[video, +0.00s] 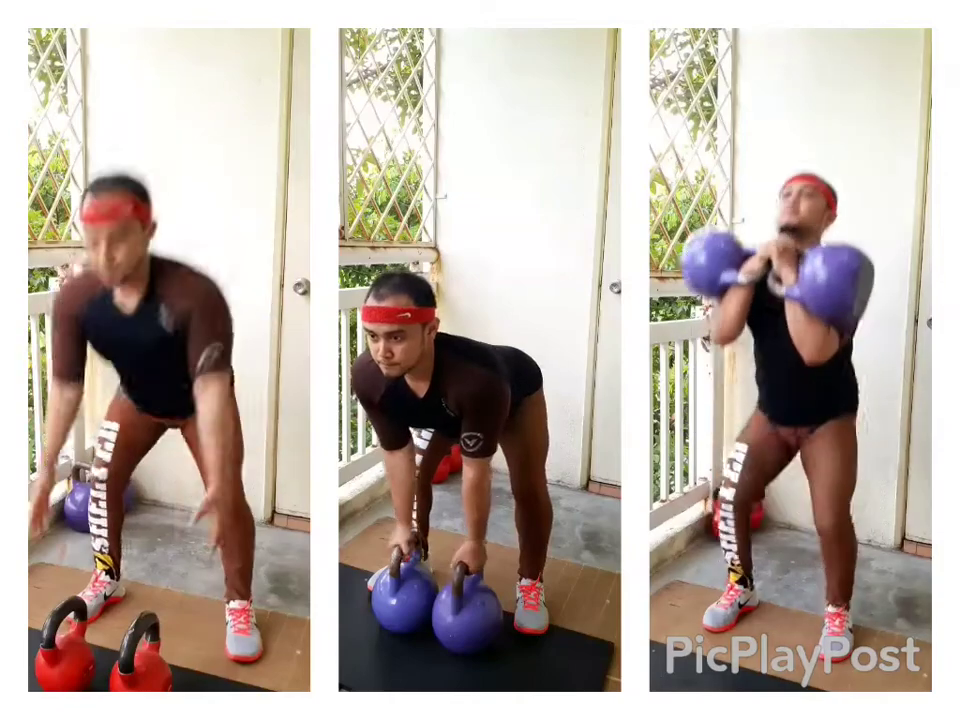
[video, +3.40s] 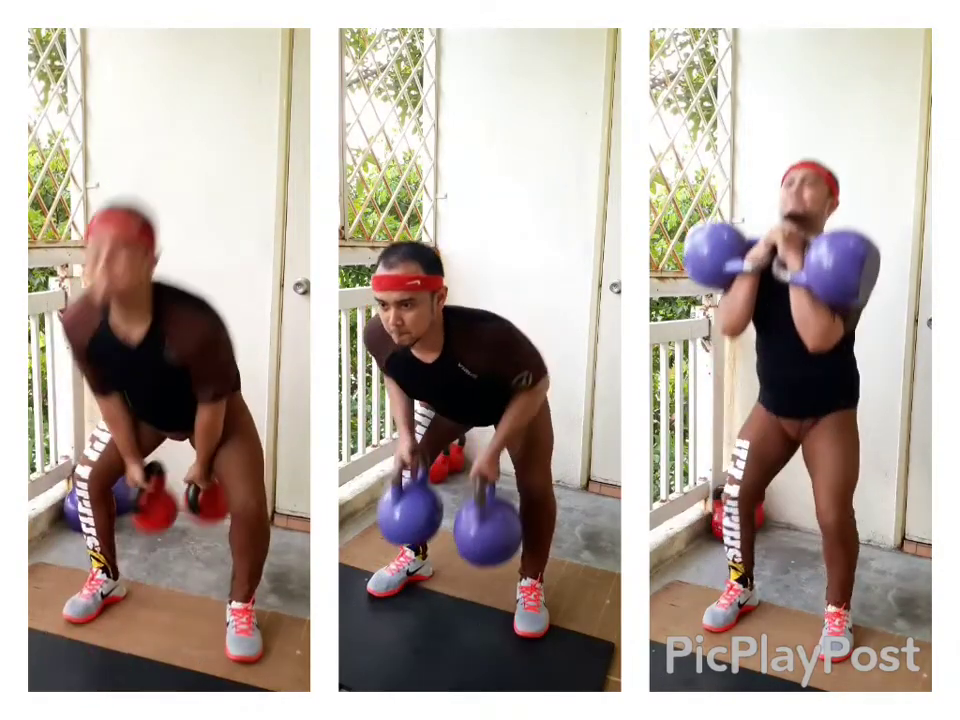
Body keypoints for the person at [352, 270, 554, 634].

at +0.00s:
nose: (383, 351)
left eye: (397, 337)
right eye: (373, 337)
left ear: (430, 329)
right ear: (364, 332)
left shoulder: (478, 380)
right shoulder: (367, 376)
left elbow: (476, 471)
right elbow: (397, 452)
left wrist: (475, 541)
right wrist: (403, 526)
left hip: (512, 388)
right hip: (450, 402)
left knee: (529, 488)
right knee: (418, 474)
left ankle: (530, 582)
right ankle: (414, 552)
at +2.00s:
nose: (377, 355)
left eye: (390, 342)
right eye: (367, 342)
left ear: (424, 333)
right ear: (359, 336)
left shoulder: (473, 381)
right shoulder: (363, 378)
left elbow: (474, 471)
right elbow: (396, 452)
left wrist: (474, 540)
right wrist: (402, 524)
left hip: (510, 388)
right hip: (447, 400)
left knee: (528, 489)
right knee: (417, 473)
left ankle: (530, 581)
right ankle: (413, 551)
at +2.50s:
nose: (390, 345)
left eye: (404, 330)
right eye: (380, 330)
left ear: (436, 322)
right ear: (372, 326)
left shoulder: (485, 371)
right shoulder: (375, 368)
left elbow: (504, 447)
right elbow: (399, 432)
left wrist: (481, 523)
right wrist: (404, 500)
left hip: (512, 397)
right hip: (448, 406)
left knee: (529, 489)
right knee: (410, 473)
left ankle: (529, 584)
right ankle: (406, 561)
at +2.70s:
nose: (388, 340)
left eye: (402, 325)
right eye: (378, 325)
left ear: (435, 317)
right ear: (370, 322)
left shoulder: (482, 356)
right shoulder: (375, 355)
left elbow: (526, 411)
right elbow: (395, 397)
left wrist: (489, 479)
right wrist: (407, 458)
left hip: (511, 404)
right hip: (448, 407)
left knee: (533, 492)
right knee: (407, 472)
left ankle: (530, 582)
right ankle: (410, 558)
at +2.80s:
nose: (388, 337)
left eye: (402, 322)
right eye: (377, 322)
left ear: (434, 314)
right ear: (369, 318)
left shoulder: (485, 347)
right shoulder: (375, 347)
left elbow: (536, 388)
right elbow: (395, 382)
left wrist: (492, 449)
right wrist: (407, 436)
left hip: (512, 403)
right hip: (450, 404)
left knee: (535, 489)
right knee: (411, 469)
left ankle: (530, 582)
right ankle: (414, 553)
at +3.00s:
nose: (387, 332)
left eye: (401, 318)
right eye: (377, 317)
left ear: (434, 311)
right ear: (369, 314)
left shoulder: (479, 332)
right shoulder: (376, 333)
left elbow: (546, 339)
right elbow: (392, 357)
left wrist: (500, 404)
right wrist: (402, 393)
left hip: (513, 391)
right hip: (445, 397)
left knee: (539, 488)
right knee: (411, 466)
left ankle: (531, 582)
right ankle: (413, 553)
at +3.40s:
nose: (393, 319)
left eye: (406, 305)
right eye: (383, 306)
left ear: (439, 297)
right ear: (376, 301)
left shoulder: (488, 334)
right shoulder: (378, 338)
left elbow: (537, 383)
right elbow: (395, 377)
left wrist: (494, 449)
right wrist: (406, 434)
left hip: (514, 401)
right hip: (453, 404)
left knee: (535, 486)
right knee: (409, 468)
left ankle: (531, 581)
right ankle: (414, 553)